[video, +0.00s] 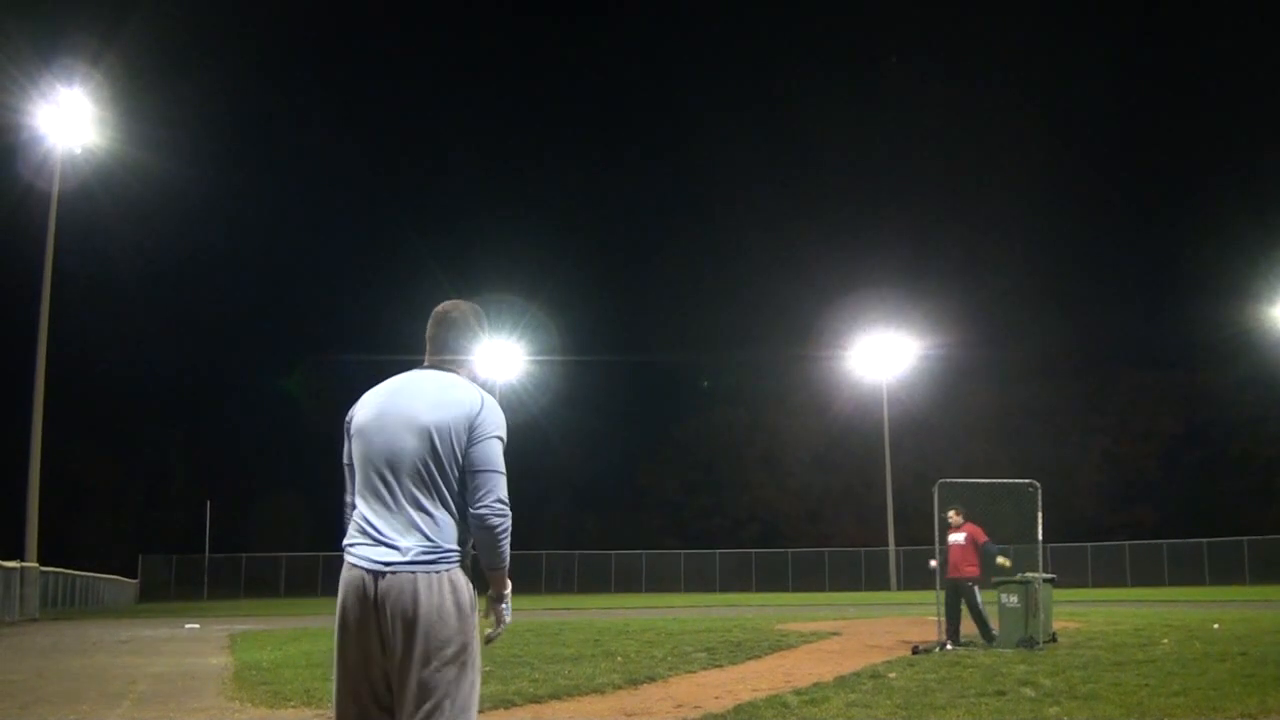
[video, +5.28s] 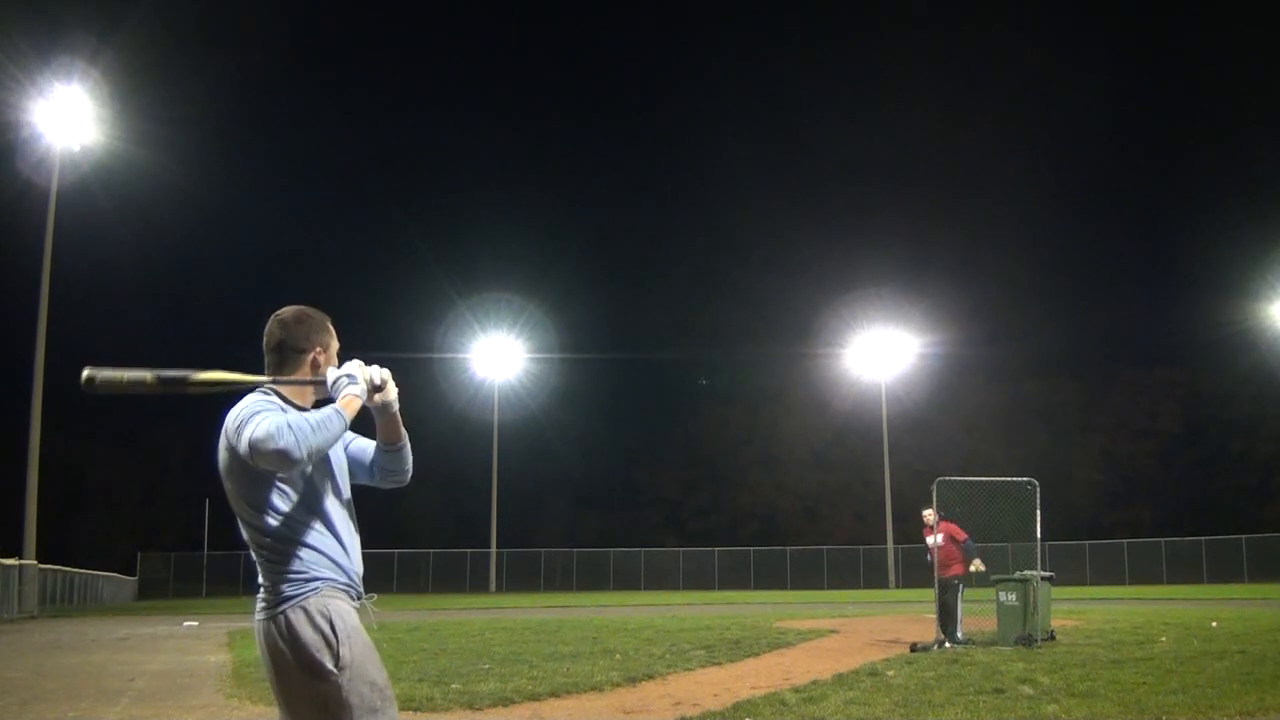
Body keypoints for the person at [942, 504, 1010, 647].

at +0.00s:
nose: (949, 520)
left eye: (951, 517)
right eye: (948, 518)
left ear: (960, 516)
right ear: (949, 518)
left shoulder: (971, 529)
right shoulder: (951, 532)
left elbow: (986, 544)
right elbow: (950, 555)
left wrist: (997, 556)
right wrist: (938, 562)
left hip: (968, 577)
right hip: (952, 577)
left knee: (976, 609)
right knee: (951, 611)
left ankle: (990, 637)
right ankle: (952, 640)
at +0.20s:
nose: (940, 521)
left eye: (941, 518)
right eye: (939, 518)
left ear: (950, 516)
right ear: (945, 518)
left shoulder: (963, 527)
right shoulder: (943, 533)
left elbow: (978, 540)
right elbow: (941, 555)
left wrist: (989, 551)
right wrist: (930, 563)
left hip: (961, 574)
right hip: (947, 576)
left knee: (963, 607)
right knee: (949, 609)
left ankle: (973, 638)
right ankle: (952, 639)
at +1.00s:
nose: (935, 516)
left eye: (937, 513)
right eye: (933, 514)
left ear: (945, 513)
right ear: (932, 517)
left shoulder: (953, 526)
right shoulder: (937, 532)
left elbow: (964, 539)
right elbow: (936, 553)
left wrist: (967, 549)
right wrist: (923, 560)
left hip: (952, 572)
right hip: (942, 573)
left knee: (952, 605)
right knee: (944, 606)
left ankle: (956, 637)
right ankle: (949, 637)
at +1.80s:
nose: (933, 518)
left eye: (935, 515)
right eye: (933, 515)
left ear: (941, 515)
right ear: (941, 516)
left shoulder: (950, 525)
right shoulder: (941, 529)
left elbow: (953, 545)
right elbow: (942, 553)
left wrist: (951, 564)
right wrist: (929, 561)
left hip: (950, 573)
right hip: (943, 572)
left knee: (951, 605)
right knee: (945, 605)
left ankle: (957, 635)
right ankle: (949, 635)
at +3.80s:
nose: (933, 515)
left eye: (935, 512)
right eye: (931, 513)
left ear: (943, 513)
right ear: (931, 515)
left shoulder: (952, 527)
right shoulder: (935, 531)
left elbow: (956, 547)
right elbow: (932, 553)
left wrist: (952, 564)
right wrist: (917, 554)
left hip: (948, 572)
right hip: (937, 573)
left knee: (950, 604)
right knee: (941, 605)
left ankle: (955, 636)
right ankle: (947, 635)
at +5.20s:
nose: (927, 518)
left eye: (929, 515)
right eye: (924, 516)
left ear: (936, 515)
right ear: (923, 519)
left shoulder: (947, 527)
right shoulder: (927, 531)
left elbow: (964, 541)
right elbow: (934, 548)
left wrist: (972, 558)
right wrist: (927, 552)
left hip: (954, 571)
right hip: (940, 573)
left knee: (952, 605)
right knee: (942, 605)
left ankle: (953, 637)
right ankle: (945, 635)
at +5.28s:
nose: (927, 518)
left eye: (929, 515)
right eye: (924, 516)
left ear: (936, 515)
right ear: (923, 519)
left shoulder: (948, 527)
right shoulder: (927, 532)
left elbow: (966, 540)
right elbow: (933, 548)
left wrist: (974, 558)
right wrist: (930, 558)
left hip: (955, 571)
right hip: (940, 573)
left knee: (952, 604)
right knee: (942, 605)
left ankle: (954, 637)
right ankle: (945, 636)